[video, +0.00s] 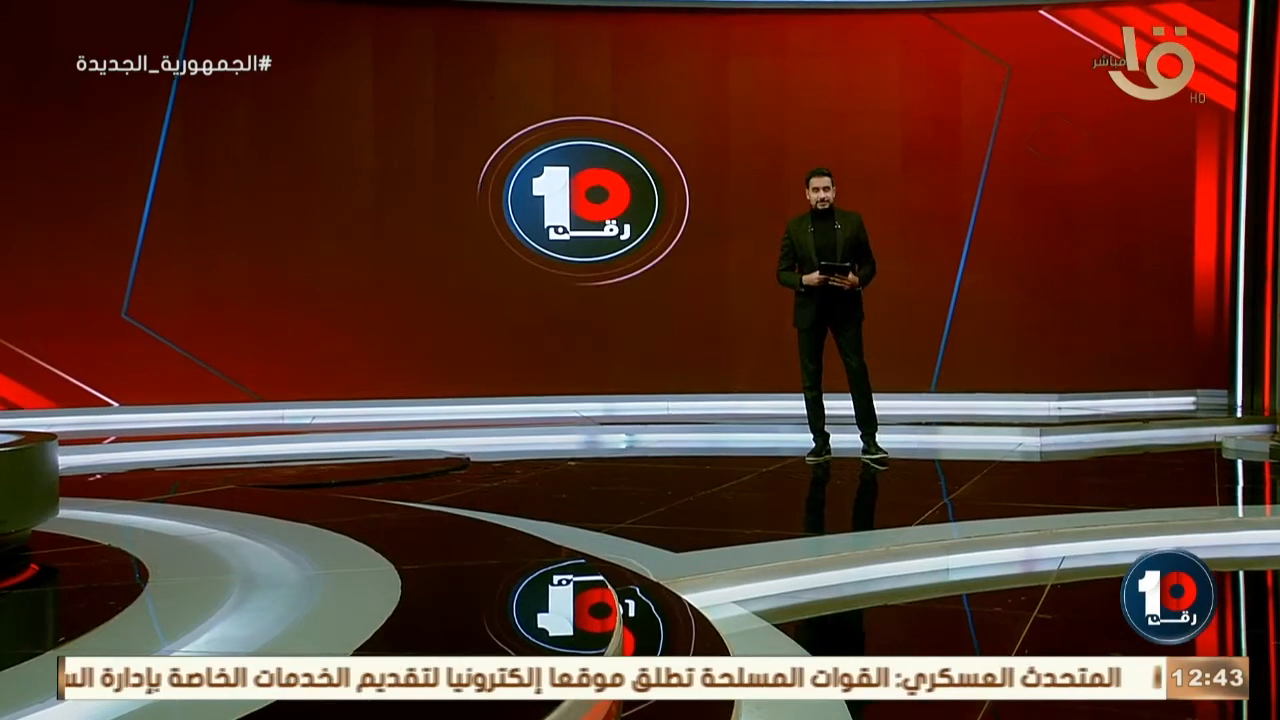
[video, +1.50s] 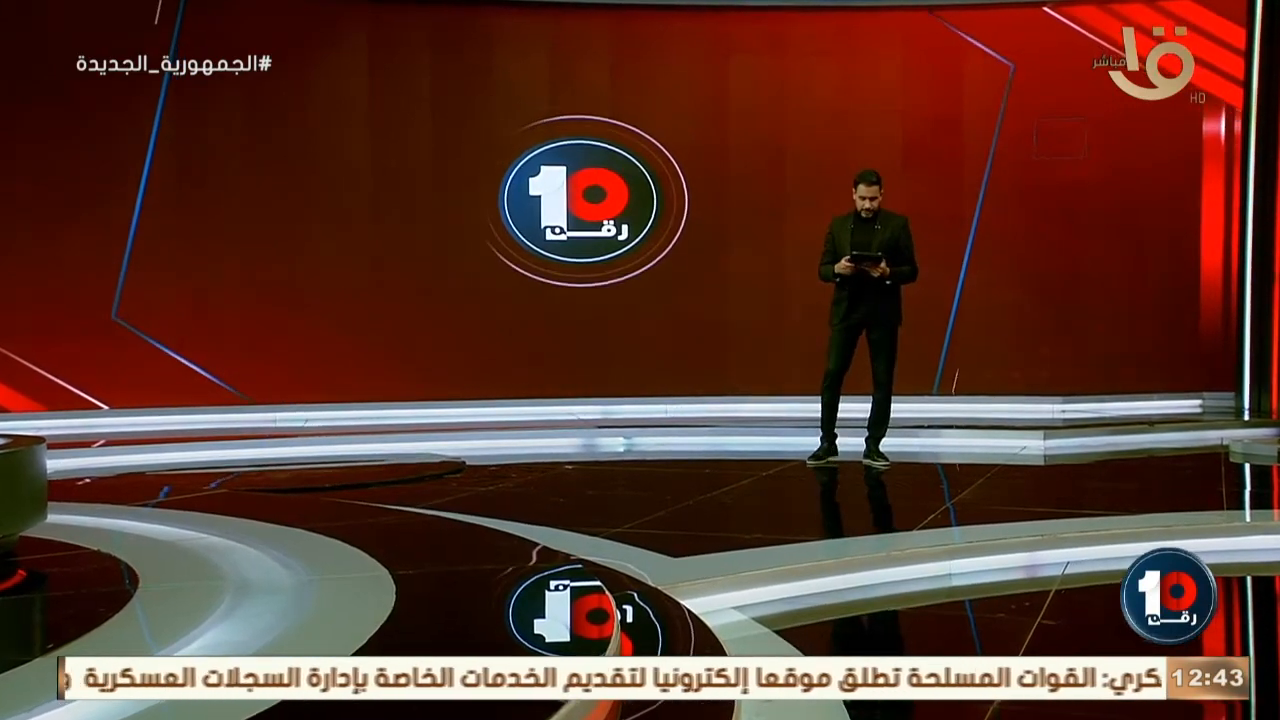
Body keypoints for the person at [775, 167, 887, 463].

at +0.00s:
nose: (822, 194)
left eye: (826, 189)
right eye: (816, 190)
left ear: (834, 191)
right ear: (807, 193)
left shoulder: (852, 222)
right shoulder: (795, 228)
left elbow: (869, 265)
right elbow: (783, 274)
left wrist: (858, 279)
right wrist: (803, 279)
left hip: (846, 310)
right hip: (810, 313)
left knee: (857, 372)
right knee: (811, 379)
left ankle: (869, 441)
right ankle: (820, 442)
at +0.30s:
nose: (831, 196)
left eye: (835, 190)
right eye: (825, 191)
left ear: (843, 191)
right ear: (816, 193)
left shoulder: (859, 222)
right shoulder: (803, 227)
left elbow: (876, 267)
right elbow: (791, 272)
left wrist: (863, 275)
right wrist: (811, 275)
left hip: (852, 312)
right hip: (816, 314)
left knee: (862, 375)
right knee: (815, 379)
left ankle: (871, 443)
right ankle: (821, 443)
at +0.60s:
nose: (843, 200)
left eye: (848, 194)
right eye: (838, 195)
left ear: (854, 194)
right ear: (827, 194)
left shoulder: (869, 223)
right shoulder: (812, 226)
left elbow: (886, 268)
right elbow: (799, 271)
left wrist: (871, 270)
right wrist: (817, 268)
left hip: (861, 312)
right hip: (824, 313)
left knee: (868, 379)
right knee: (820, 380)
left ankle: (871, 444)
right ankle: (821, 444)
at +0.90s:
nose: (853, 203)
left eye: (858, 197)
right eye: (848, 197)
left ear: (865, 196)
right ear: (838, 195)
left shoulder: (880, 224)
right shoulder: (823, 227)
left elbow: (896, 270)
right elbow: (809, 271)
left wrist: (877, 271)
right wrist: (825, 268)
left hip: (871, 314)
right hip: (834, 314)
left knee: (875, 380)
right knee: (827, 378)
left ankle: (872, 445)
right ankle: (822, 443)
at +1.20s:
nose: (862, 204)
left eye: (867, 199)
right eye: (857, 198)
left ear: (874, 197)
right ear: (847, 195)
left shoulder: (890, 224)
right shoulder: (833, 226)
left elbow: (904, 271)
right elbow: (818, 271)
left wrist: (884, 272)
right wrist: (832, 269)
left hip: (878, 315)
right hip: (842, 315)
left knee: (880, 381)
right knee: (831, 378)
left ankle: (873, 446)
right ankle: (822, 444)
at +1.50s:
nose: (868, 205)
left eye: (874, 198)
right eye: (863, 198)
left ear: (882, 197)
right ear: (854, 195)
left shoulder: (897, 225)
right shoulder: (839, 225)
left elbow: (911, 272)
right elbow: (824, 271)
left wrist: (888, 272)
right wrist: (837, 269)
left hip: (883, 315)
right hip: (846, 314)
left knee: (883, 381)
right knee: (832, 374)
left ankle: (873, 447)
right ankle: (827, 443)